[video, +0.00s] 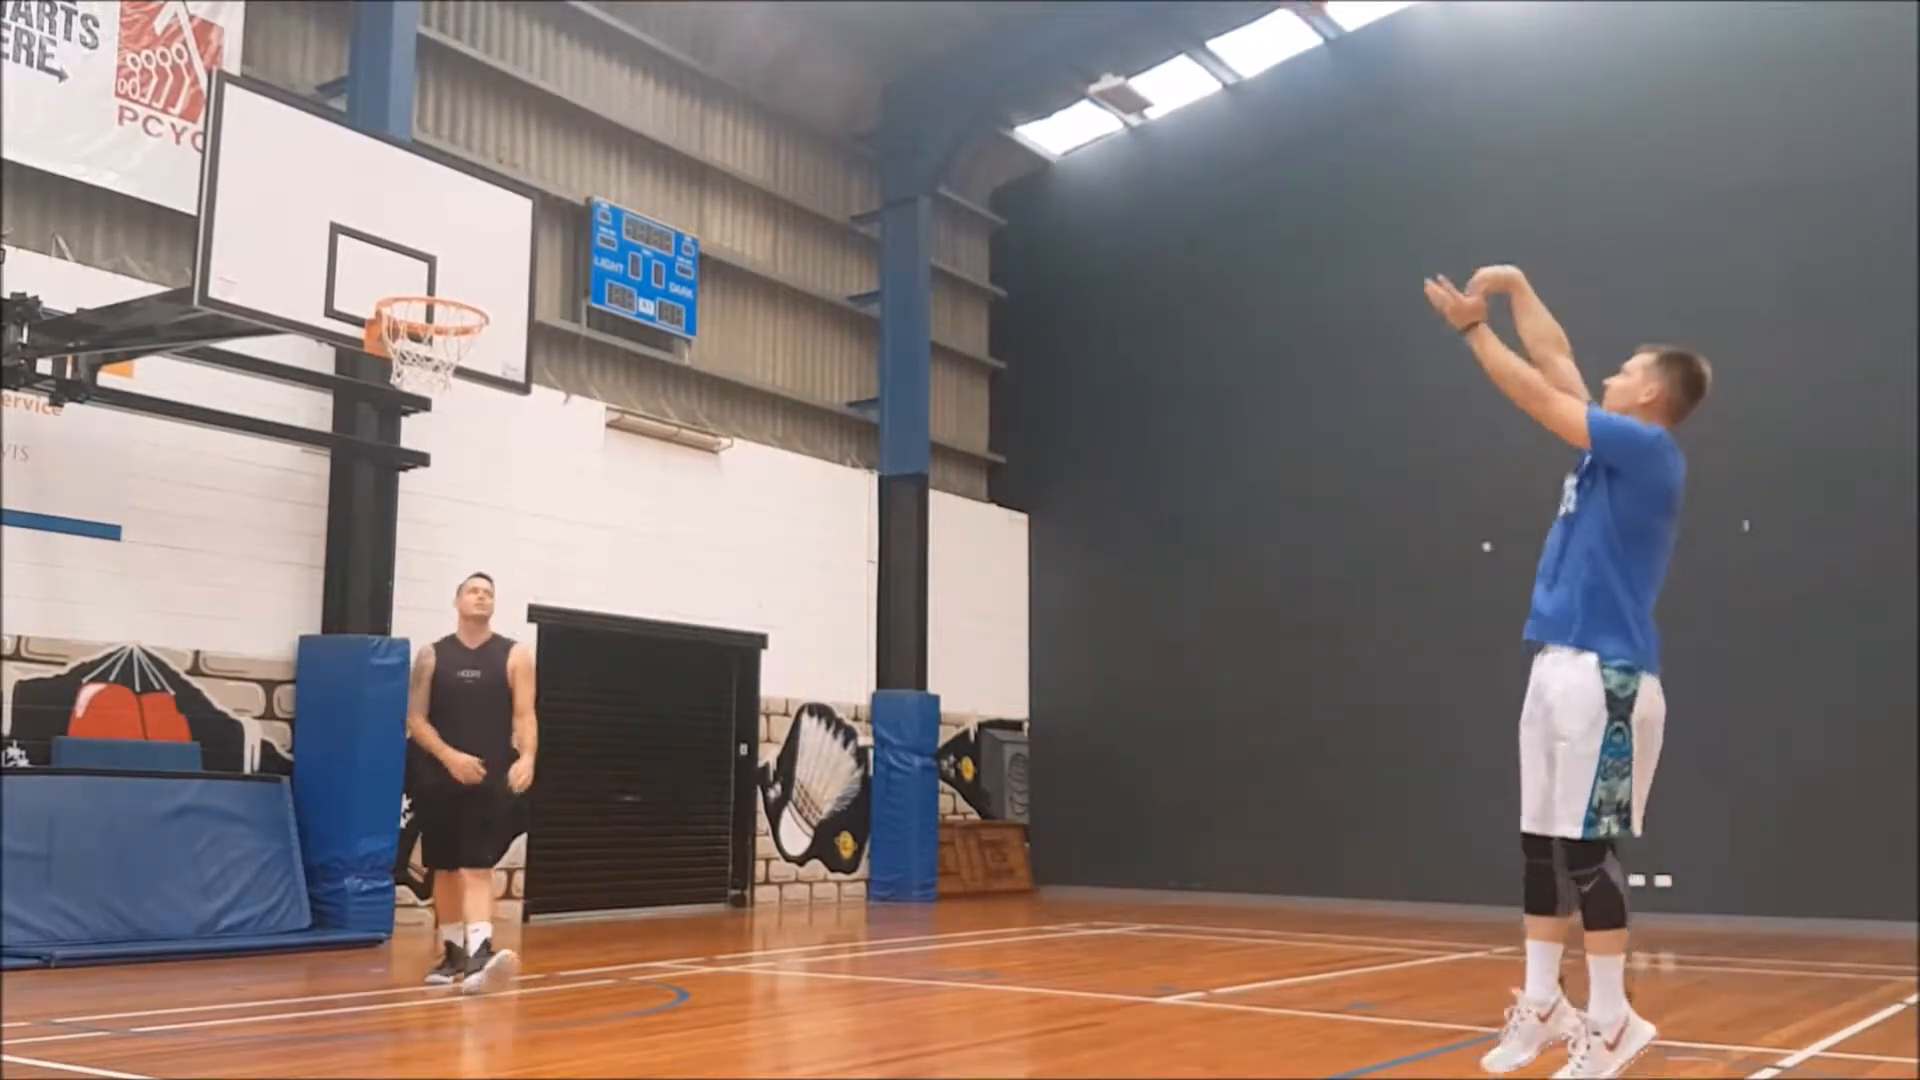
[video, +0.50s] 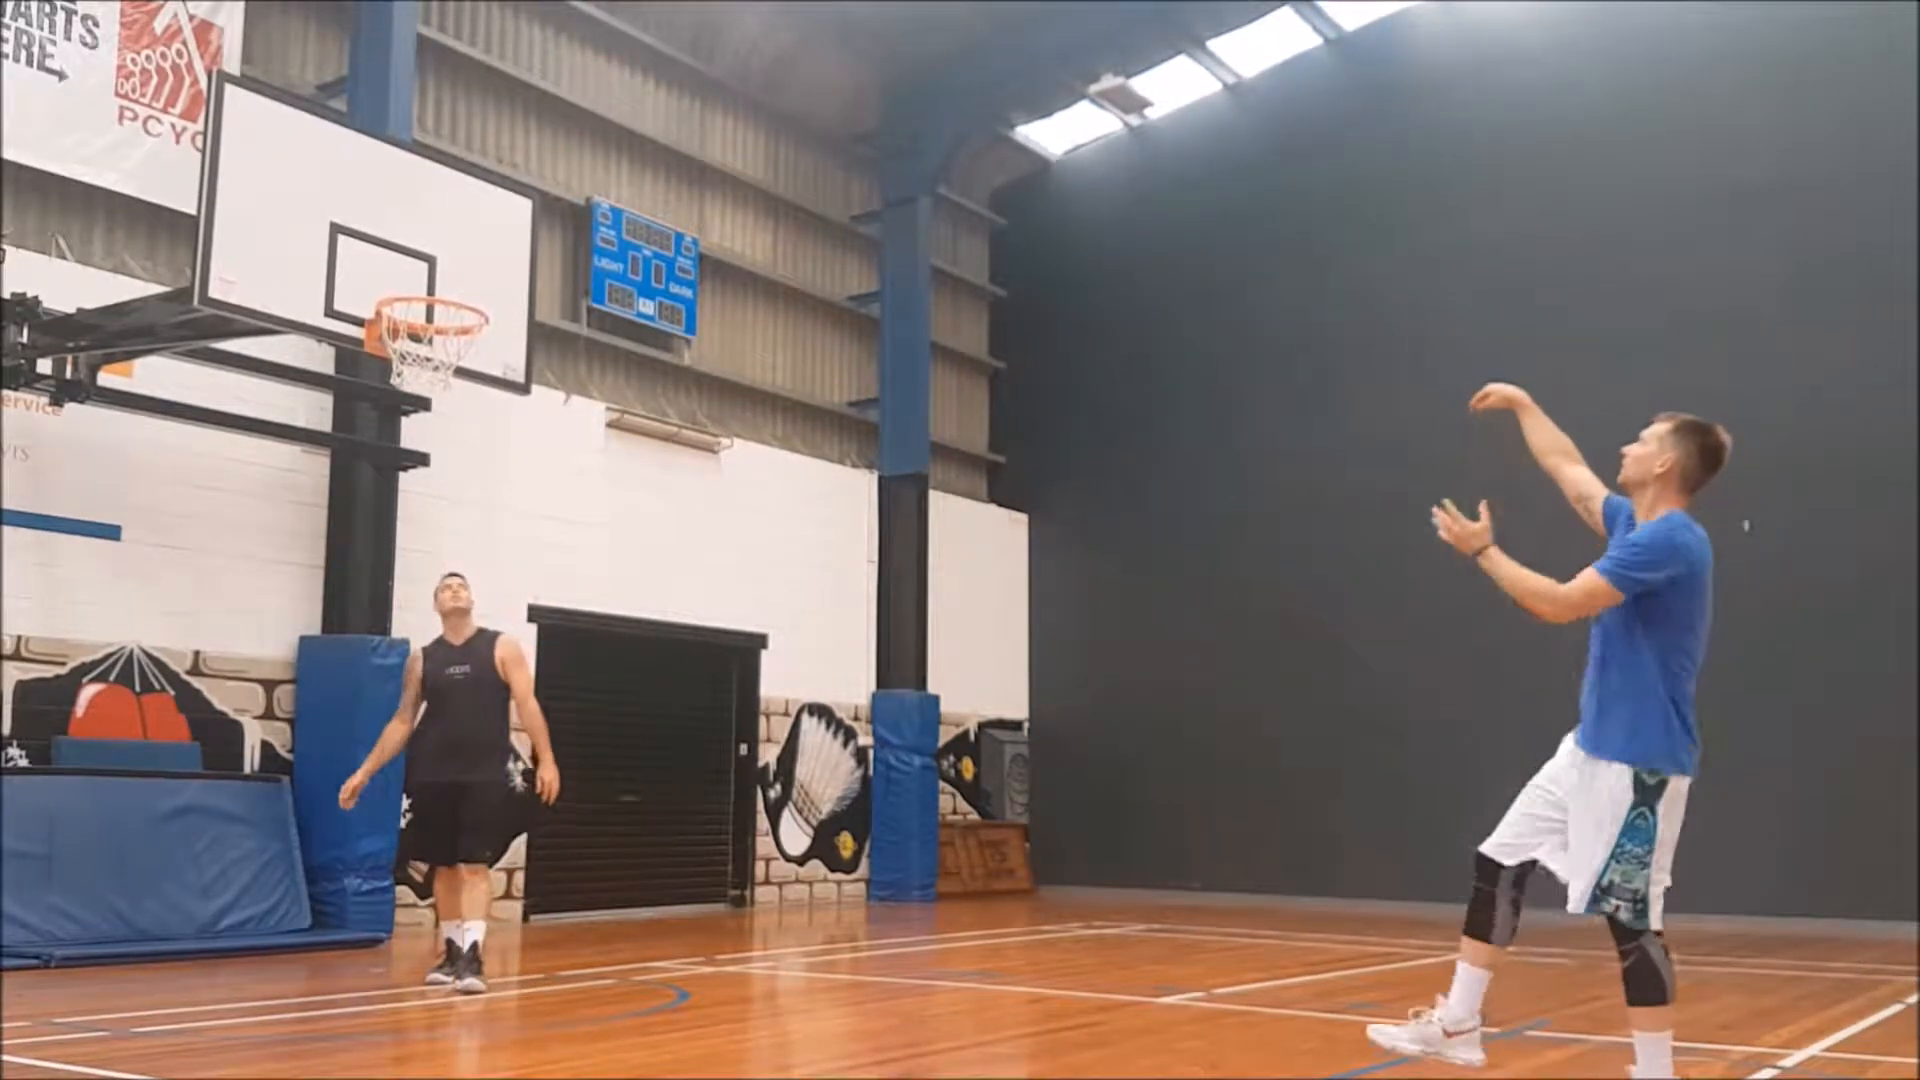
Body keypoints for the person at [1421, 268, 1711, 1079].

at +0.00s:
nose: (1615, 371)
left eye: (1630, 366)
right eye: (1625, 364)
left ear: (1654, 390)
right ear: (1645, 390)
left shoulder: (1646, 447)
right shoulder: (1614, 439)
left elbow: (1542, 400)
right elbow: (1556, 360)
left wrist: (1473, 329)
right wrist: (1517, 284)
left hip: (1606, 678)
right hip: (1556, 669)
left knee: (1586, 850)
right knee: (1540, 844)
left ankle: (1612, 1018)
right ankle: (1541, 1003)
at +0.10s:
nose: (1614, 425)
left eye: (1628, 420)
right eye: (1625, 418)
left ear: (1654, 444)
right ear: (1647, 445)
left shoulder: (1650, 502)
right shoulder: (1614, 495)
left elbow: (1535, 454)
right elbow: (1554, 416)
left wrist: (1476, 382)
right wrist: (1516, 339)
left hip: (1606, 733)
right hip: (1550, 725)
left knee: (1589, 901)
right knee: (1527, 892)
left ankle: (1638, 1064)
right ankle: (1527, 1052)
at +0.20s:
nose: (1613, 469)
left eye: (1629, 462)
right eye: (1625, 460)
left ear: (1655, 485)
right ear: (1653, 489)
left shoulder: (1656, 555)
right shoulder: (1617, 543)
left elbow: (1528, 519)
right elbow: (1558, 465)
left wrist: (1486, 441)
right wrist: (1524, 391)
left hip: (1612, 777)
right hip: (1560, 768)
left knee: (1588, 936)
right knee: (1500, 914)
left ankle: (1647, 1070)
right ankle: (1541, 1063)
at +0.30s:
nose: (1623, 458)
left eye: (1639, 452)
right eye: (1633, 450)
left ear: (1661, 477)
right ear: (1657, 479)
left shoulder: (1666, 551)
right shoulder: (1624, 536)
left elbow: (1534, 556)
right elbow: (1563, 472)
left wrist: (1485, 484)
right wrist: (1518, 399)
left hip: (1617, 769)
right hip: (1567, 757)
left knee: (1593, 923)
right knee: (1479, 879)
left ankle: (1649, 1069)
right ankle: (1522, 1039)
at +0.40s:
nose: (1627, 449)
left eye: (1643, 441)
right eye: (1637, 440)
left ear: (1668, 464)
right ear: (1664, 469)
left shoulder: (1671, 538)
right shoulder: (1634, 525)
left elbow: (1544, 574)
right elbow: (1567, 466)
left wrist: (1484, 511)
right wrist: (1517, 396)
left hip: (1630, 759)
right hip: (1577, 744)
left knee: (1618, 915)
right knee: (1484, 856)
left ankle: (1653, 1069)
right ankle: (1489, 1025)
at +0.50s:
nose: (1628, 445)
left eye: (1644, 439)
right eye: (1639, 436)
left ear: (1669, 464)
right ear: (1665, 466)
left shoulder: (1673, 540)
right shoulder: (1629, 520)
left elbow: (1562, 603)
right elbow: (1570, 470)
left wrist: (1482, 551)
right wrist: (1523, 403)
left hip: (1642, 763)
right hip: (1588, 748)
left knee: (1631, 915)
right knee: (1500, 863)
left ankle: (1654, 1069)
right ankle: (1457, 1021)